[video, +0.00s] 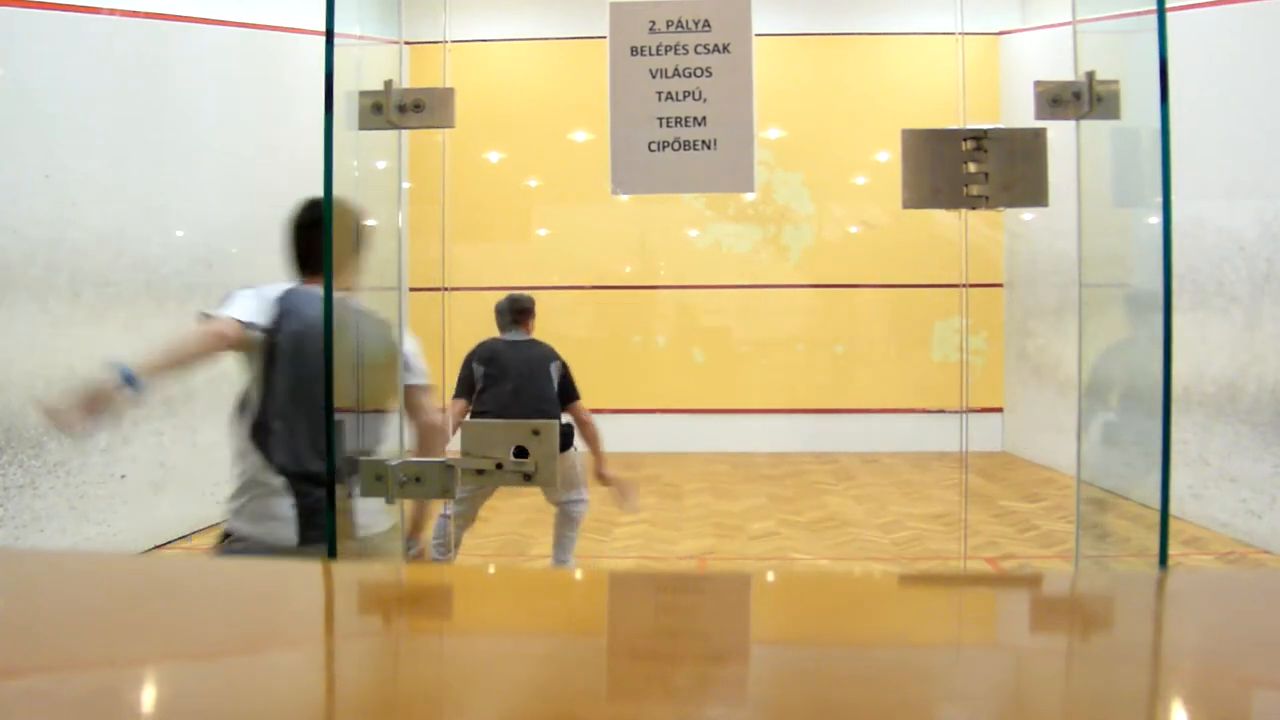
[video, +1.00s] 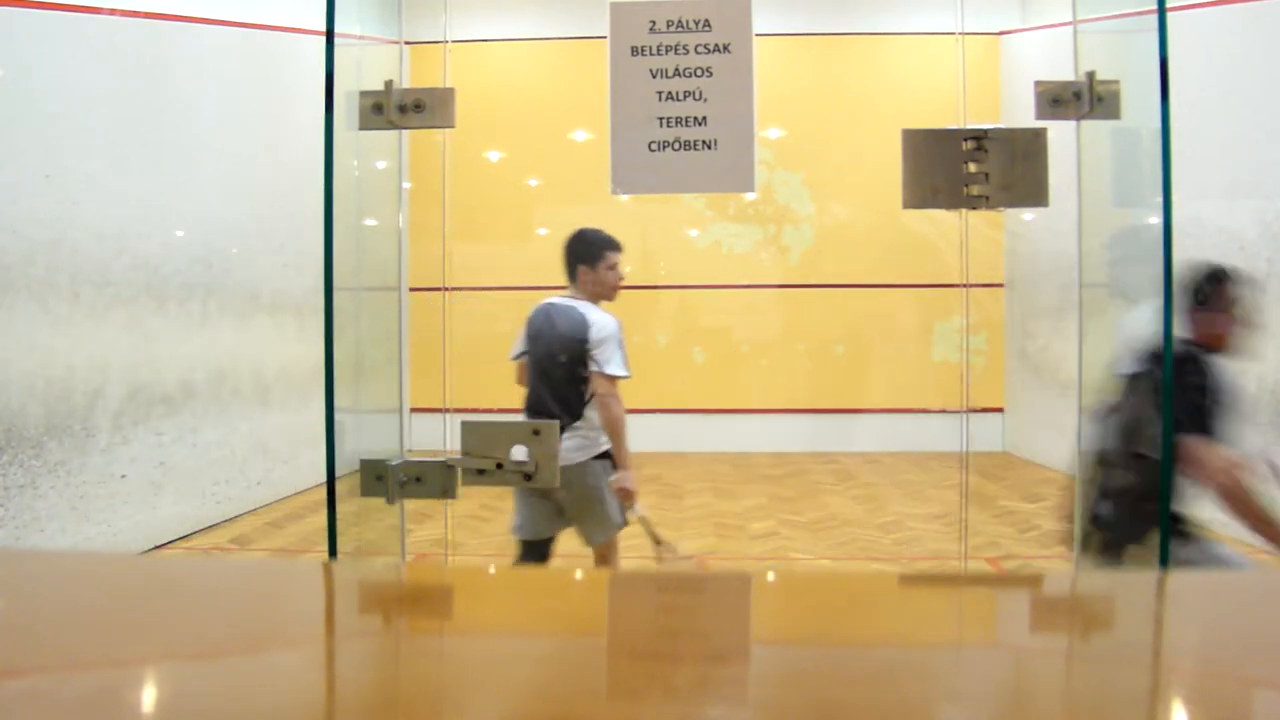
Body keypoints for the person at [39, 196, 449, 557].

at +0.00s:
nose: (360, 255)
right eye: (359, 246)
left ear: (298, 252)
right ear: (357, 254)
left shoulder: (270, 304)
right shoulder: (392, 338)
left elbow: (220, 337)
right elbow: (433, 430)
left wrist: (123, 384)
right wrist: (417, 528)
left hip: (270, 534)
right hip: (365, 539)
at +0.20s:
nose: (447, 247)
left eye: (447, 235)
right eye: (446, 235)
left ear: (388, 231)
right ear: (431, 237)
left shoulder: (334, 290)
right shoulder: (454, 308)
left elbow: (303, 370)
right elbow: (485, 415)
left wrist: (264, 463)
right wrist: (485, 501)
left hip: (331, 492)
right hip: (414, 493)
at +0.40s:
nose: (508, 265)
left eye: (505, 253)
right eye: (502, 254)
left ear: (447, 259)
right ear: (476, 259)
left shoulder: (400, 314)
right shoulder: (500, 322)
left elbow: (340, 397)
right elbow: (521, 421)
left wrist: (305, 466)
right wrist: (524, 493)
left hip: (398, 495)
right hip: (456, 499)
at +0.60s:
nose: (541, 258)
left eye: (539, 247)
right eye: (532, 247)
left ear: (496, 255)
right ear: (503, 254)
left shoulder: (443, 307)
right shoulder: (527, 307)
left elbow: (415, 381)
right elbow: (537, 394)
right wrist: (549, 478)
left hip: (446, 473)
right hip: (501, 473)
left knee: (459, 586)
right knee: (515, 587)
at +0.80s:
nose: (574, 264)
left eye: (572, 254)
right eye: (566, 254)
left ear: (535, 260)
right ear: (538, 260)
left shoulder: (487, 307)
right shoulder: (556, 311)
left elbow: (480, 383)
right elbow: (562, 388)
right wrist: (577, 465)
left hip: (482, 459)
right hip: (538, 463)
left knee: (482, 573)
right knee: (567, 564)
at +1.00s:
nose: (620, 277)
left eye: (619, 268)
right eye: (612, 268)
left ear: (584, 275)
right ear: (585, 274)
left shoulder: (540, 312)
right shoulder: (601, 323)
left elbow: (523, 375)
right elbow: (605, 396)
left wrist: (574, 385)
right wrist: (623, 467)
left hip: (535, 456)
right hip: (583, 459)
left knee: (530, 559)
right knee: (606, 553)